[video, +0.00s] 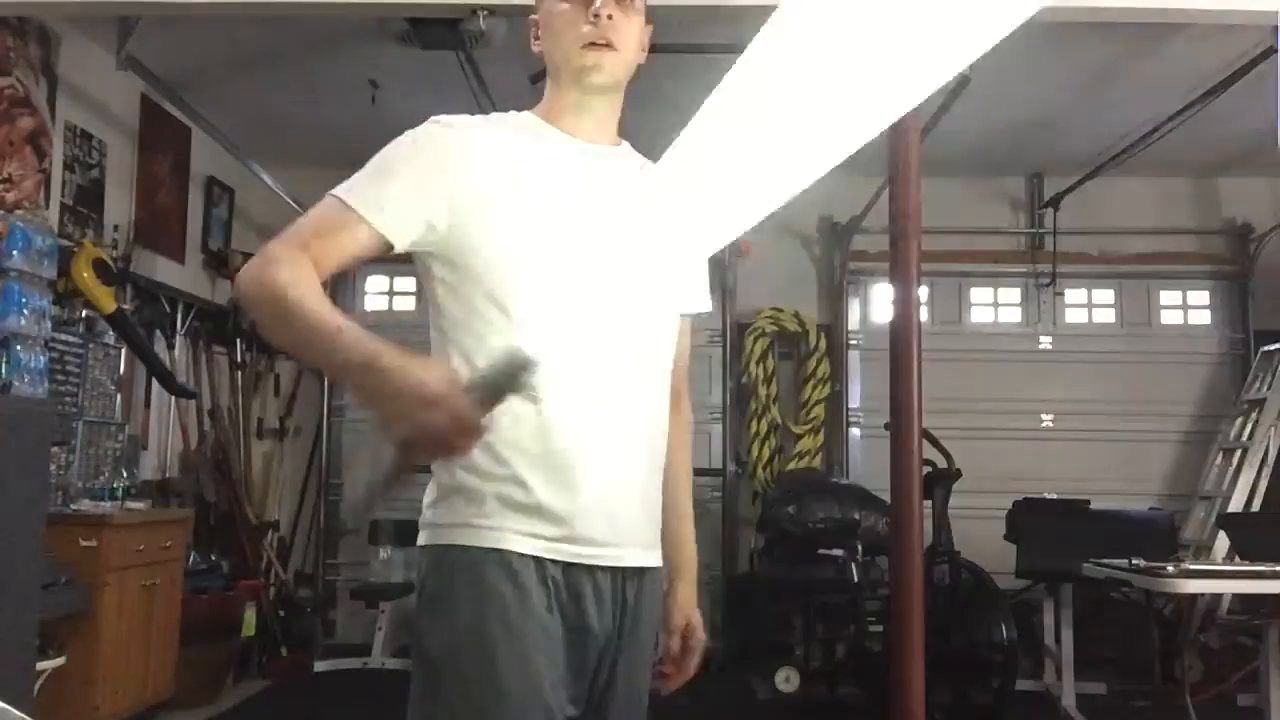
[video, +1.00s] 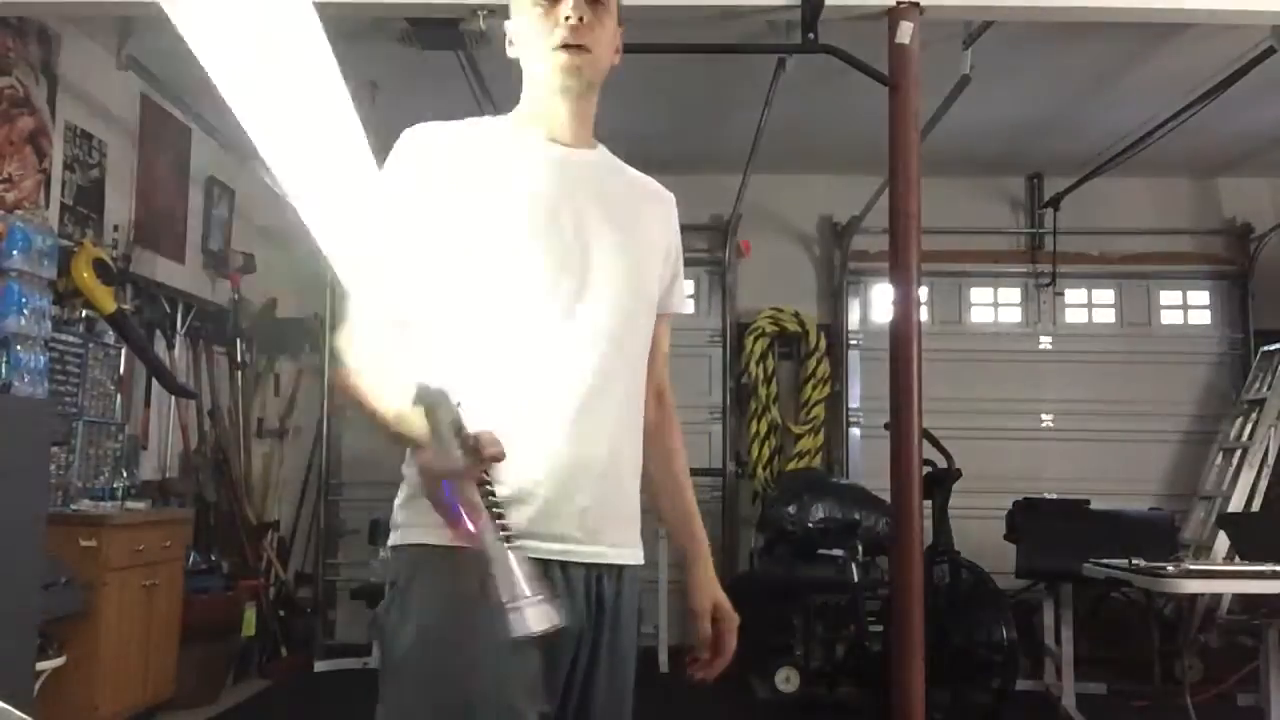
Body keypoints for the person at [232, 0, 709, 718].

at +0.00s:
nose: (600, 10)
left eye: (623, 2)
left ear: (647, 41)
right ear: (538, 30)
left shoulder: (664, 201)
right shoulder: (456, 150)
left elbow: (673, 403)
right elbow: (269, 273)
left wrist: (681, 577)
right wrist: (381, 371)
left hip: (633, 571)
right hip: (495, 561)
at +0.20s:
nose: (590, 9)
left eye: (610, 0)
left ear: (633, 35)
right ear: (524, 25)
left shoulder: (661, 204)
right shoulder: (441, 151)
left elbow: (653, 399)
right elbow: (336, 336)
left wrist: (697, 572)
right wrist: (395, 430)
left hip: (624, 585)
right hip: (480, 574)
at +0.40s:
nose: (574, 8)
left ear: (620, 36)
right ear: (511, 29)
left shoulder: (657, 201)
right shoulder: (438, 150)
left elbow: (659, 407)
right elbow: (397, 351)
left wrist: (692, 582)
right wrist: (495, 388)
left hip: (619, 573)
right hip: (472, 564)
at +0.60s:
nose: (566, 11)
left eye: (589, 1)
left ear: (616, 39)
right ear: (506, 30)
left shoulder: (663, 202)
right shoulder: (431, 157)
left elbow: (669, 406)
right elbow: (322, 329)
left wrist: (693, 607)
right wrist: (487, 363)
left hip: (617, 570)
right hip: (462, 560)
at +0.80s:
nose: (565, 9)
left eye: (590, 1)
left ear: (618, 41)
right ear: (507, 32)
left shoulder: (653, 199)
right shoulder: (430, 157)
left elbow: (668, 397)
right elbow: (270, 299)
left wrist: (707, 564)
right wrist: (408, 373)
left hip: (617, 573)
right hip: (466, 565)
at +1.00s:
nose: (573, 13)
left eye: (594, 2)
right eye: (548, 0)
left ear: (619, 41)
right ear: (510, 34)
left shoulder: (652, 206)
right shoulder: (432, 156)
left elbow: (652, 400)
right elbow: (358, 348)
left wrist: (698, 560)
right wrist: (432, 432)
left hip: (610, 574)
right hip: (461, 558)